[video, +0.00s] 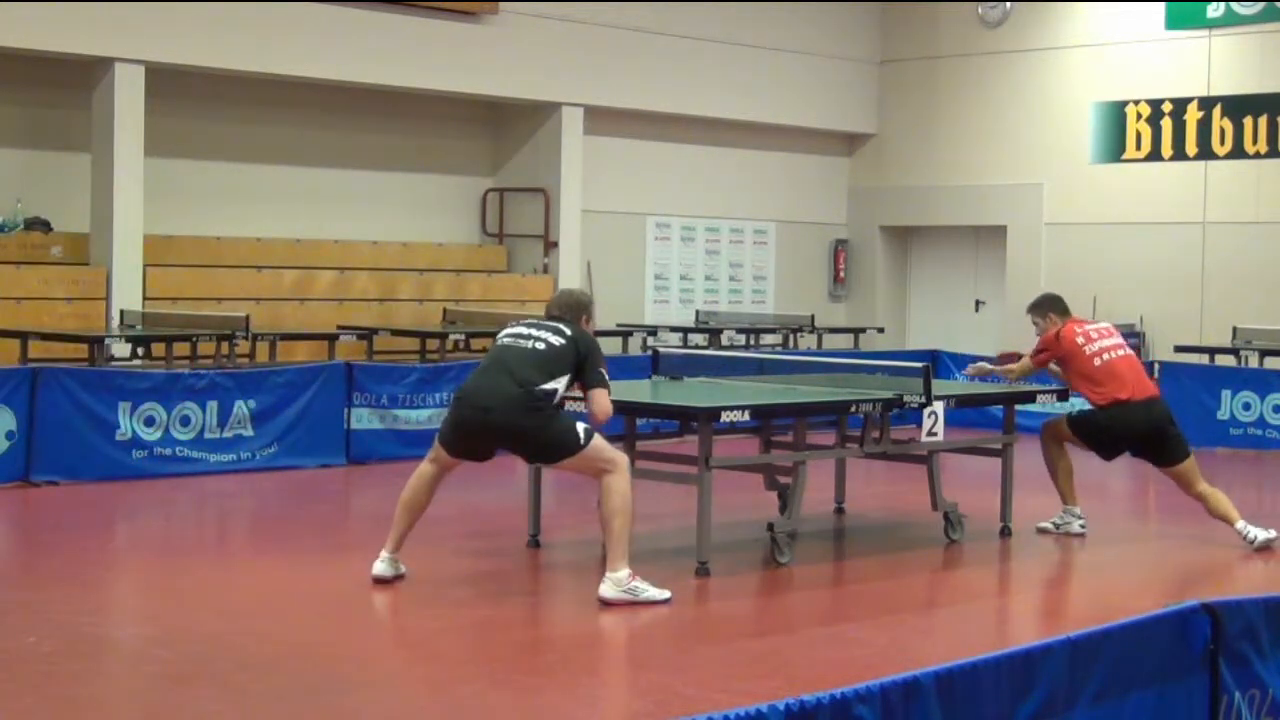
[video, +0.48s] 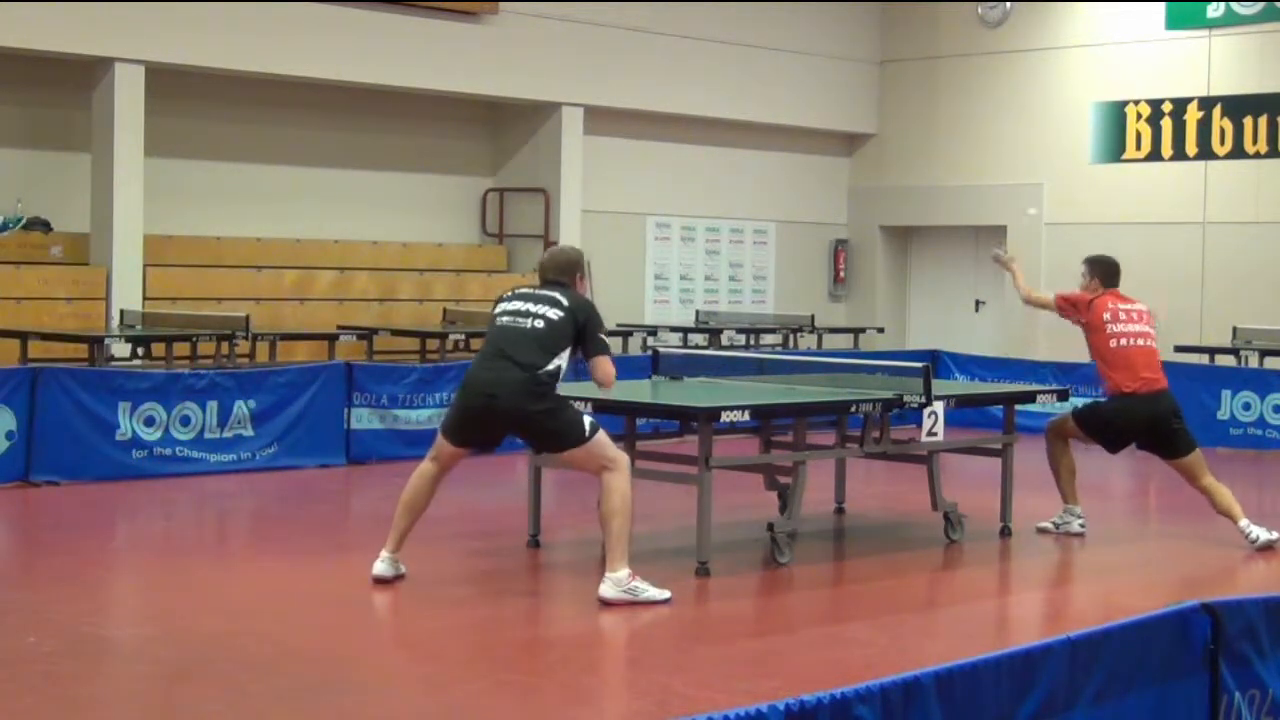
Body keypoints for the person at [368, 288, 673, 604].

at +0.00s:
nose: (594, 328)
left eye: (592, 322)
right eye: (593, 322)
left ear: (550, 314)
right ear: (584, 321)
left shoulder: (515, 327)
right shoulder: (583, 341)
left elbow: (502, 373)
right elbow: (601, 412)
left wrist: (547, 392)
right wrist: (587, 414)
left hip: (469, 410)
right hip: (524, 416)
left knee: (435, 463)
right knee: (616, 466)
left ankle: (386, 556)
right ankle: (619, 577)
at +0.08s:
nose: (592, 323)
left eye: (591, 318)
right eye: (591, 318)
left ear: (547, 312)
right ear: (583, 318)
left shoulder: (513, 326)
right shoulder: (582, 339)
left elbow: (503, 373)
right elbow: (601, 411)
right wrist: (598, 393)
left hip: (469, 410)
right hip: (526, 417)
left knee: (435, 463)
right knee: (615, 466)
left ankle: (387, 556)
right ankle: (619, 576)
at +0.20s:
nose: (591, 316)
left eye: (590, 311)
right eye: (590, 310)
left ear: (546, 305)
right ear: (581, 310)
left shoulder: (514, 319)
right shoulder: (581, 333)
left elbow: (503, 367)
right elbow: (601, 403)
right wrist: (591, 397)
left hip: (470, 408)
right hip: (526, 415)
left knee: (435, 462)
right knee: (615, 466)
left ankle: (387, 556)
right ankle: (618, 576)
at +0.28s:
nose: (589, 305)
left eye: (588, 300)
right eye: (588, 300)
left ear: (544, 296)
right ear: (580, 301)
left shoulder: (512, 313)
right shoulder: (581, 325)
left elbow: (501, 361)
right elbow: (602, 397)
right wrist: (598, 392)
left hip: (472, 404)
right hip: (529, 410)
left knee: (435, 463)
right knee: (616, 465)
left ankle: (386, 557)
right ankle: (618, 576)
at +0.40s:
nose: (587, 292)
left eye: (586, 286)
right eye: (586, 286)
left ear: (542, 284)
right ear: (577, 288)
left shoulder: (510, 303)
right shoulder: (579, 313)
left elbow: (498, 349)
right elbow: (604, 384)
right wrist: (593, 359)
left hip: (474, 399)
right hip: (529, 404)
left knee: (435, 463)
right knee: (615, 464)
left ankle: (386, 557)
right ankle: (618, 575)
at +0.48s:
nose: (587, 285)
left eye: (586, 278)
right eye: (586, 278)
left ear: (541, 277)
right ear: (578, 280)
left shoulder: (510, 297)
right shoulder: (580, 306)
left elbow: (500, 344)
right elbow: (605, 377)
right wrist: (596, 350)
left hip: (475, 392)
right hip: (530, 398)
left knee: (435, 463)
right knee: (615, 464)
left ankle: (387, 557)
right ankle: (618, 576)